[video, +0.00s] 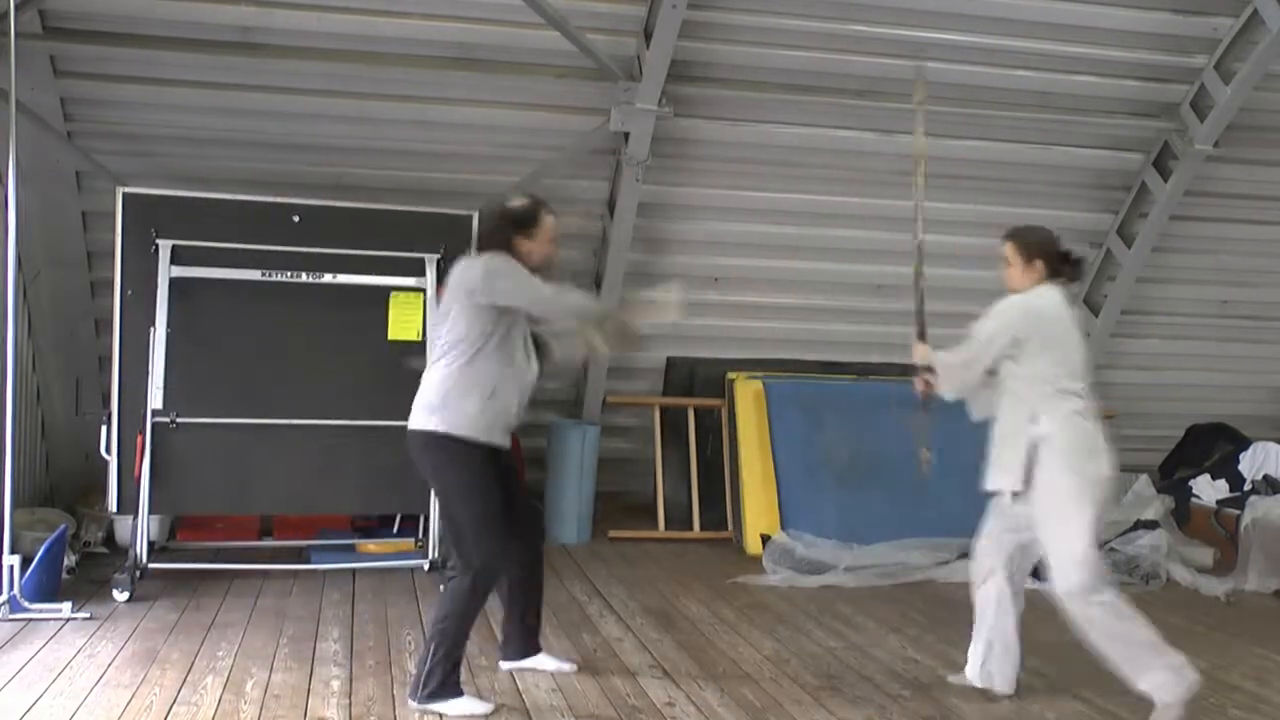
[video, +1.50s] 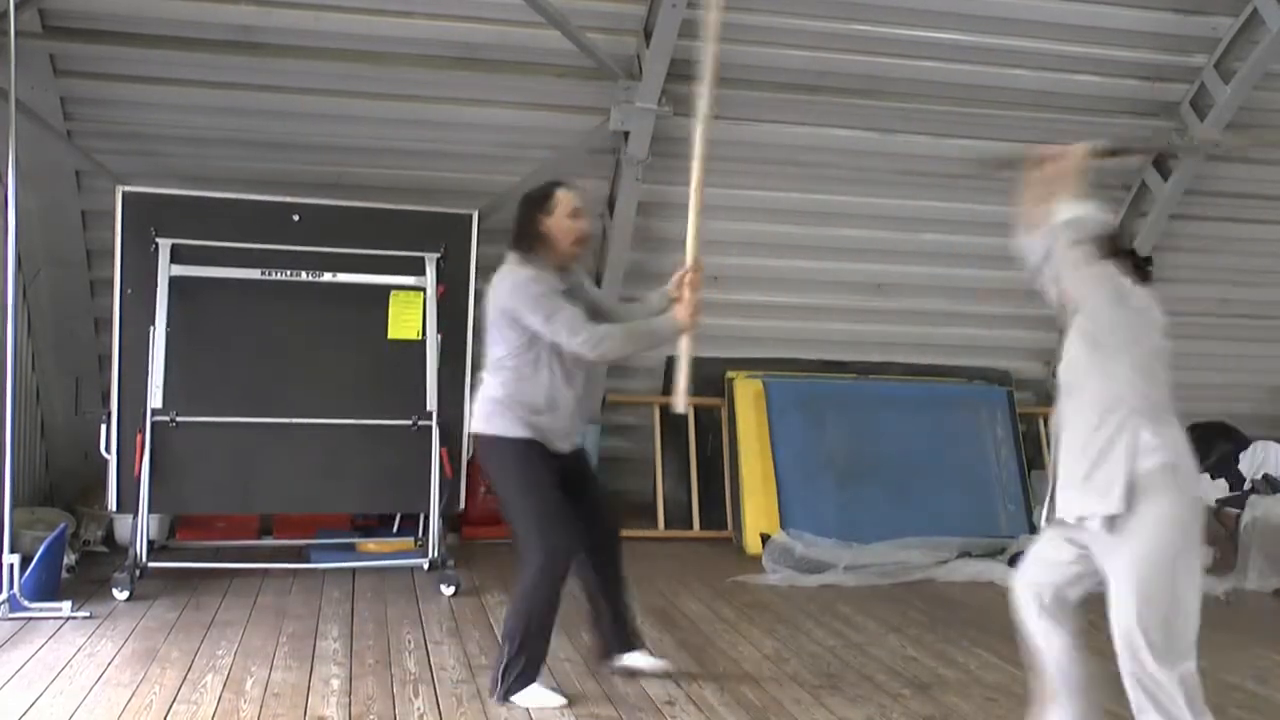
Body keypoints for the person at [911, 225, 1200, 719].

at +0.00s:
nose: (1003, 272)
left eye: (1009, 264)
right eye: (1004, 263)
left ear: (1035, 266)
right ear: (1040, 267)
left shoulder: (1032, 305)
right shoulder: (1051, 309)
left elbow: (973, 357)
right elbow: (1007, 391)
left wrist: (933, 359)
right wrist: (947, 383)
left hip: (1061, 457)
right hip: (1035, 460)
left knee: (1075, 581)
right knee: (994, 560)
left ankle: (1173, 682)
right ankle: (991, 675)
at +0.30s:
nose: (1067, 286)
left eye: (1071, 277)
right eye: (1066, 277)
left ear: (1098, 276)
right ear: (1107, 273)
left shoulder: (1100, 328)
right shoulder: (1147, 293)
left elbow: (1048, 398)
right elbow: (1062, 287)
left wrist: (1003, 378)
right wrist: (1003, 325)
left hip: (1180, 464)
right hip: (1210, 450)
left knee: (1184, 580)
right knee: (1180, 573)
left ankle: (1202, 704)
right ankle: (1205, 695)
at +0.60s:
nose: (1144, 264)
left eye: (1154, 255)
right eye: (1146, 255)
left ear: (1182, 262)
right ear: (1186, 264)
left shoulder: (1183, 309)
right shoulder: (1203, 307)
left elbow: (1113, 366)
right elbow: (1131, 369)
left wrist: (1073, 317)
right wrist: (1093, 334)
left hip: (1223, 469)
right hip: (1255, 463)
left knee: (1162, 584)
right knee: (1252, 594)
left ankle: (1197, 707)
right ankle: (1275, 701)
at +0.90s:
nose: (1166, 275)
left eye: (1174, 264)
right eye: (1166, 264)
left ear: (1204, 268)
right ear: (1210, 270)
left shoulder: (1218, 300)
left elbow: (1145, 333)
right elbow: (1165, 409)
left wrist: (1092, 365)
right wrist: (1112, 383)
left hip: (1247, 480)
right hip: (1222, 482)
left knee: (1174, 595)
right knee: (1236, 605)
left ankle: (1182, 709)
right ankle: (1269, 706)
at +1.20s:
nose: (1143, 247)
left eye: (1152, 234)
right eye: (1141, 236)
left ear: (1182, 233)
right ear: (1144, 242)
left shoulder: (1208, 282)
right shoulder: (1135, 293)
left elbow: (1181, 188)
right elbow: (1093, 227)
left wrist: (1124, 155)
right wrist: (1109, 154)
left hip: (1209, 467)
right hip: (1158, 474)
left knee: (1146, 591)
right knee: (1210, 618)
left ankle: (1185, 711)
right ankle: (1246, 712)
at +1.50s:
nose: (1065, 281)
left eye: (1079, 265)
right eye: (1066, 271)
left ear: (1108, 264)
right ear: (1092, 270)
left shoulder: (1128, 308)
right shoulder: (1093, 318)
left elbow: (1080, 251)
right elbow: (1043, 255)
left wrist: (1069, 183)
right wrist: (1038, 189)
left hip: (1151, 502)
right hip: (1094, 505)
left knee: (1151, 655)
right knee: (1035, 585)